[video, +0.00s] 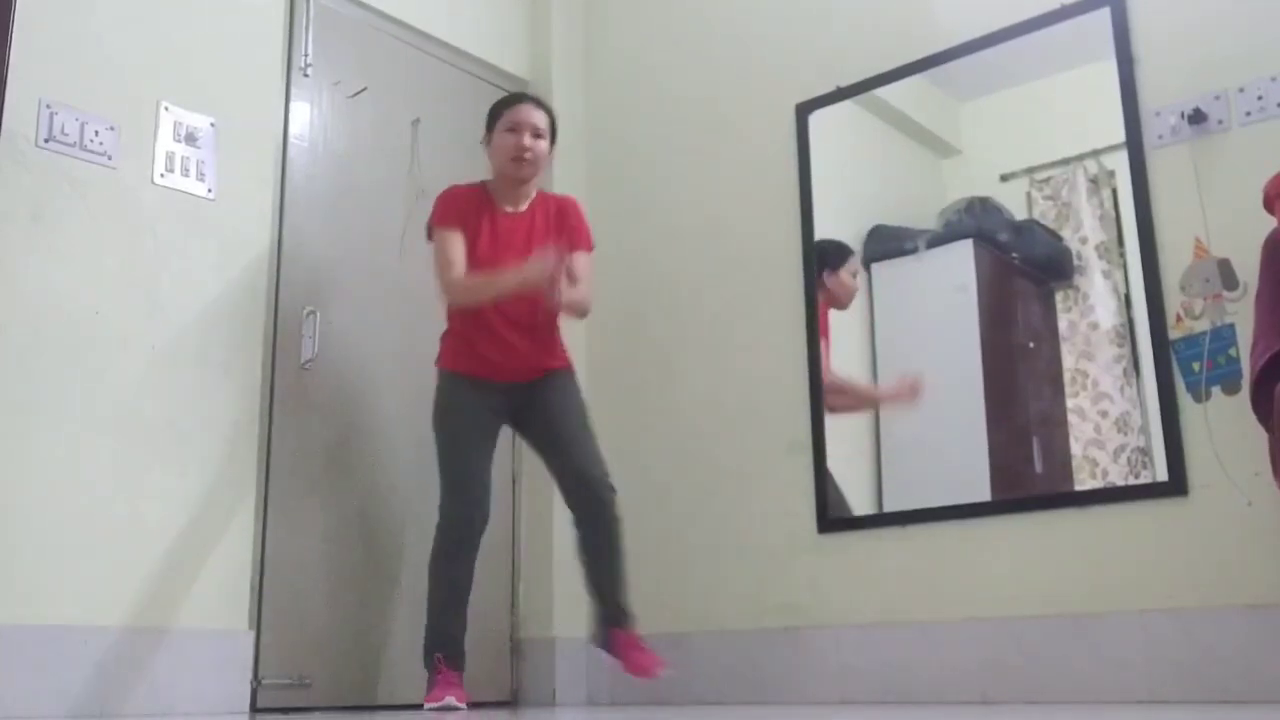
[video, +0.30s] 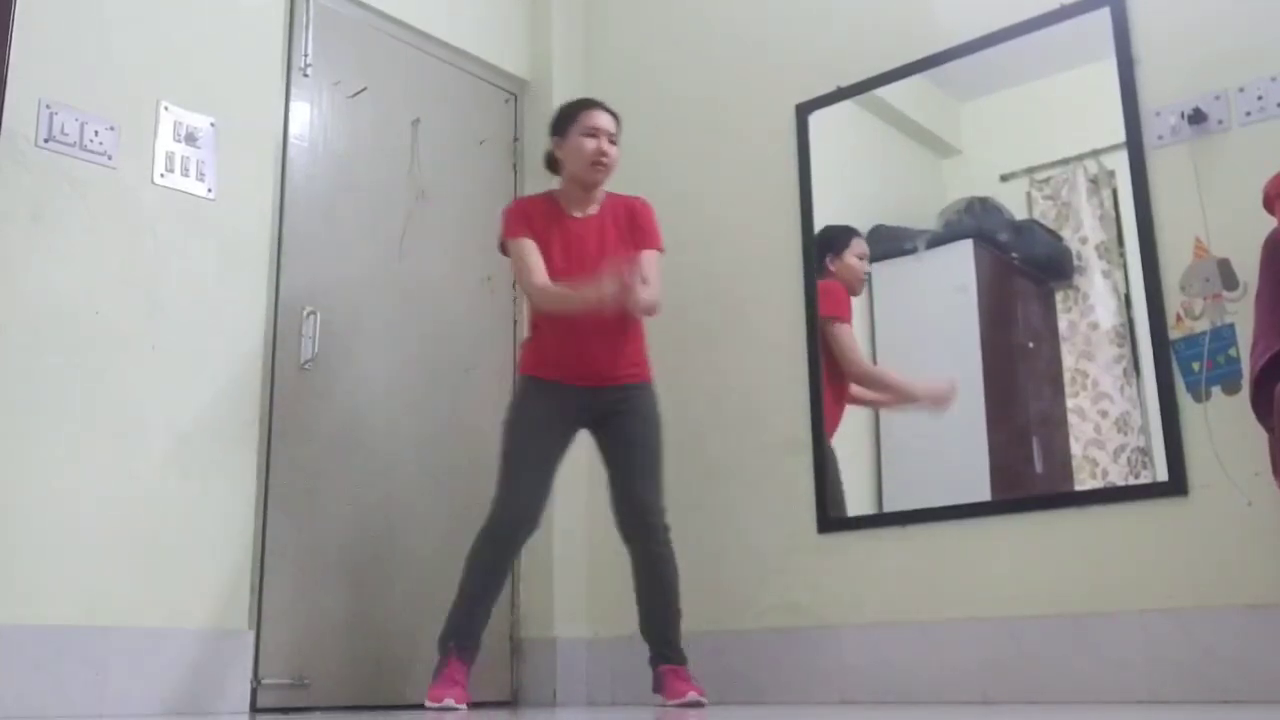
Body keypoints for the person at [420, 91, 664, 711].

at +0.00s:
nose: (526, 142)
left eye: (538, 134)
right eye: (514, 130)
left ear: (551, 150)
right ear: (489, 142)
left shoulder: (565, 213)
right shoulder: (458, 203)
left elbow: (581, 301)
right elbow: (455, 291)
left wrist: (562, 286)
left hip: (544, 377)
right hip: (470, 379)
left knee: (595, 496)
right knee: (464, 516)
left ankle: (616, 626)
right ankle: (445, 671)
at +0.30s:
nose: (603, 146)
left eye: (611, 138)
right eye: (590, 135)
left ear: (618, 154)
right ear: (556, 147)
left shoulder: (634, 213)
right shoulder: (526, 212)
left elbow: (649, 299)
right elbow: (539, 295)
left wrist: (623, 284)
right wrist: (612, 290)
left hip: (625, 388)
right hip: (548, 387)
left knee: (646, 521)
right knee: (512, 518)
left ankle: (670, 666)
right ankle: (454, 664)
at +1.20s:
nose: (601, 146)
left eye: (614, 135)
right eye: (591, 137)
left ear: (640, 144)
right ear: (579, 149)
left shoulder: (660, 196)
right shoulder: (563, 216)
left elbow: (660, 250)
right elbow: (510, 288)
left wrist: (559, 249)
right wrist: (512, 268)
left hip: (652, 378)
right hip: (578, 379)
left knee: (657, 518)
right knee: (520, 493)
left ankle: (674, 667)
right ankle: (509, 640)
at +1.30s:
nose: (578, 152)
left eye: (590, 140)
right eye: (570, 143)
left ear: (620, 144)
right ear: (562, 152)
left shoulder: (641, 187)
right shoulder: (554, 210)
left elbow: (618, 238)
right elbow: (474, 255)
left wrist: (542, 267)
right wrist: (511, 229)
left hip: (628, 370)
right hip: (554, 373)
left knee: (645, 521)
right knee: (508, 512)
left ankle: (673, 665)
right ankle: (444, 657)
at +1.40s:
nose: (557, 163)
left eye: (568, 151)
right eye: (548, 154)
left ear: (601, 153)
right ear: (543, 161)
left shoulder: (623, 205)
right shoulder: (532, 214)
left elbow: (586, 255)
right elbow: (453, 243)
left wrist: (494, 282)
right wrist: (503, 237)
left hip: (601, 380)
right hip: (526, 380)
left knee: (630, 524)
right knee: (484, 521)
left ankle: (670, 668)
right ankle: (437, 671)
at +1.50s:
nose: (532, 172)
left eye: (546, 160)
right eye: (525, 162)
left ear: (579, 164)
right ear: (519, 167)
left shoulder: (600, 219)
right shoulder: (509, 220)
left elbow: (550, 266)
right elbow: (435, 249)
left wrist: (454, 262)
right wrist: (479, 275)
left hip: (566, 387)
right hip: (491, 384)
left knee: (603, 526)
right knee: (463, 527)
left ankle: (665, 664)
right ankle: (437, 674)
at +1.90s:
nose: (488, 160)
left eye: (501, 150)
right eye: (480, 152)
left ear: (529, 158)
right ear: (471, 158)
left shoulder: (546, 212)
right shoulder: (452, 207)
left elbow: (521, 256)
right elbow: (370, 204)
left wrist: (435, 251)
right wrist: (441, 204)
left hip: (509, 371)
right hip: (438, 368)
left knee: (471, 499)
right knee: (430, 513)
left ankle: (473, 660)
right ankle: (433, 668)